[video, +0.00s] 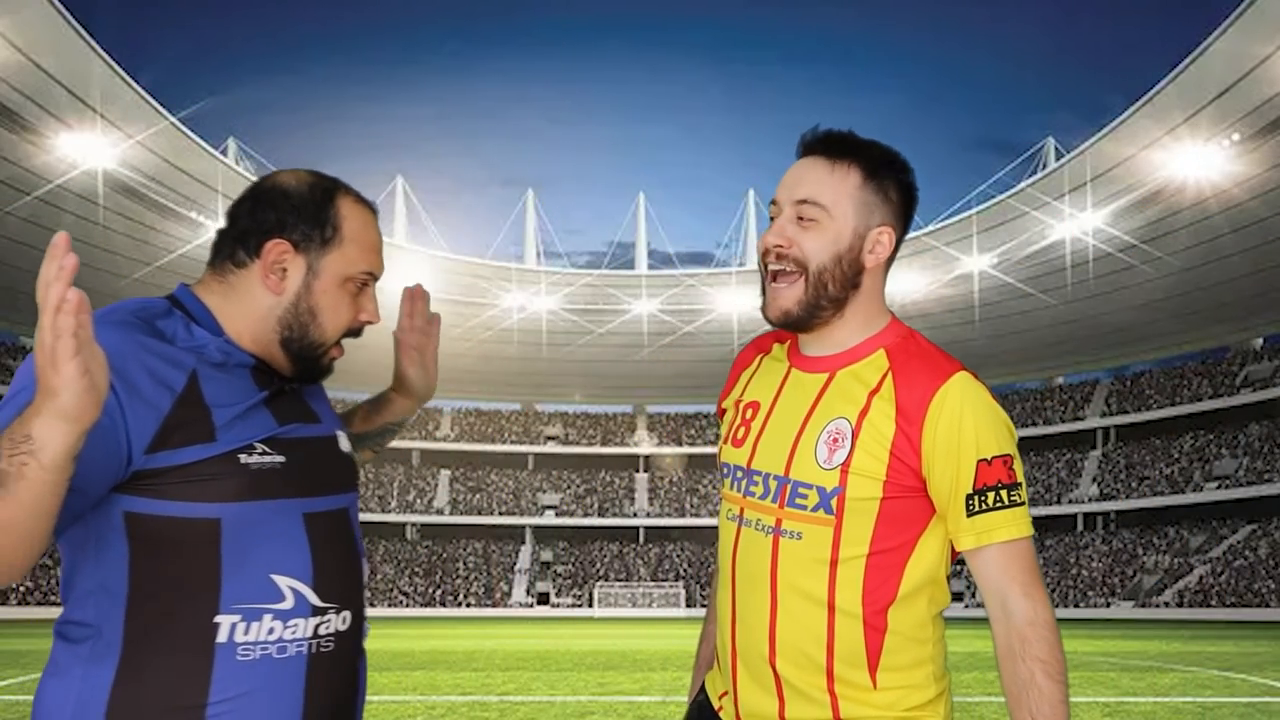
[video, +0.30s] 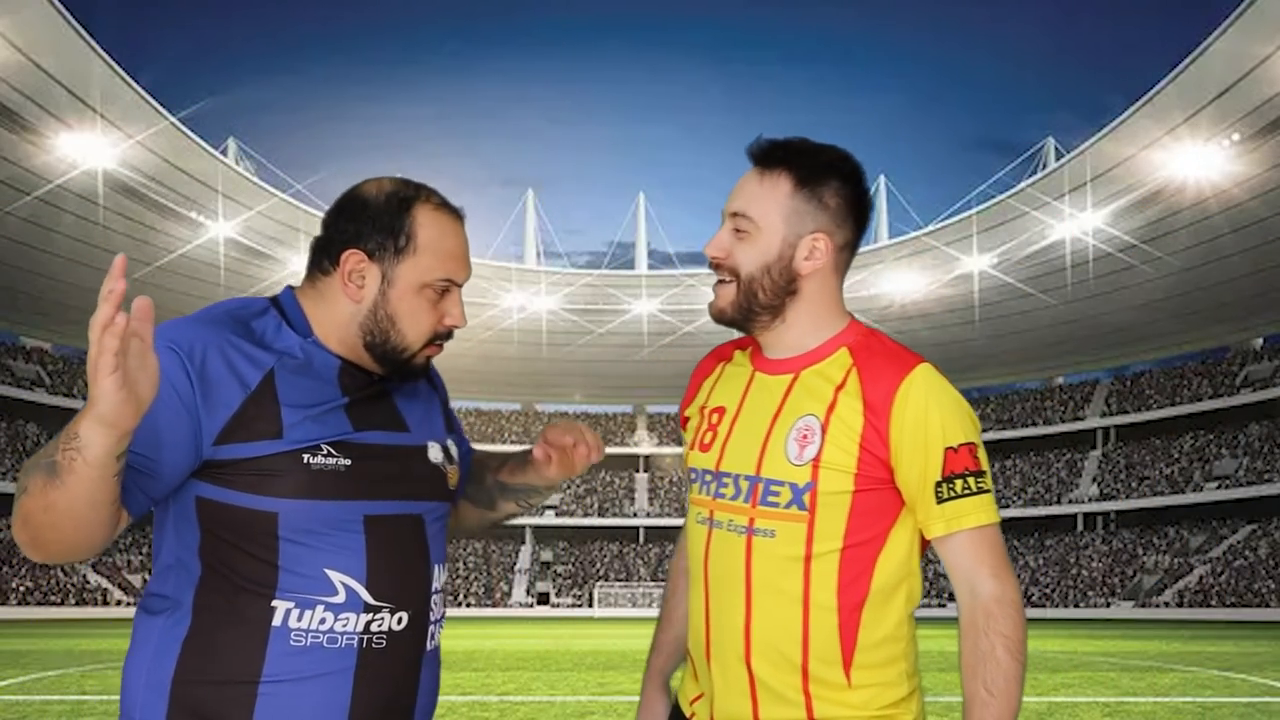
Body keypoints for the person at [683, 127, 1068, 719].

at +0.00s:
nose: (772, 239)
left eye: (806, 218)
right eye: (773, 217)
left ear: (878, 246)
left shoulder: (946, 401)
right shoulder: (752, 366)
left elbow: (1020, 618)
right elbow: (739, 562)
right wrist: (703, 692)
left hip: (875, 706)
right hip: (730, 702)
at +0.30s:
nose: (712, 249)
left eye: (740, 228)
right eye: (723, 225)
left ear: (811, 253)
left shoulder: (907, 393)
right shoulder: (712, 376)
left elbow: (990, 597)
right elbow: (699, 541)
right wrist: (656, 678)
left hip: (850, 707)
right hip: (707, 707)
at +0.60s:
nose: (619, 260)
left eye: (648, 237)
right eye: (625, 237)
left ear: (721, 254)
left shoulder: (814, 383)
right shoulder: (615, 379)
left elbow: (911, 570)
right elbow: (599, 538)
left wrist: (943, 713)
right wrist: (545, 678)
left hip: (773, 704)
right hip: (631, 703)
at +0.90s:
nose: (559, 259)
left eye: (591, 234)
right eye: (554, 235)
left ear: (657, 252)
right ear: (544, 242)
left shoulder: (741, 377)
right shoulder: (529, 386)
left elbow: (847, 561)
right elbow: (509, 565)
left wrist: (897, 712)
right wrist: (500, 702)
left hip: (724, 703)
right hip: (582, 705)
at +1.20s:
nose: (560, 249)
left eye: (594, 225)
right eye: (545, 221)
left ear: (649, 247)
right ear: (528, 233)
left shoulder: (714, 381)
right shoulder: (518, 379)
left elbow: (822, 585)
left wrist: (852, 713)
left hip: (693, 702)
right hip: (547, 704)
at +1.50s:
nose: (698, 240)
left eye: (733, 220)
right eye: (681, 206)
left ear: (767, 248)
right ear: (647, 215)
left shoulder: (816, 397)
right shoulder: (571, 357)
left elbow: (912, 590)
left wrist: (944, 714)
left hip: (755, 706)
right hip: (593, 705)